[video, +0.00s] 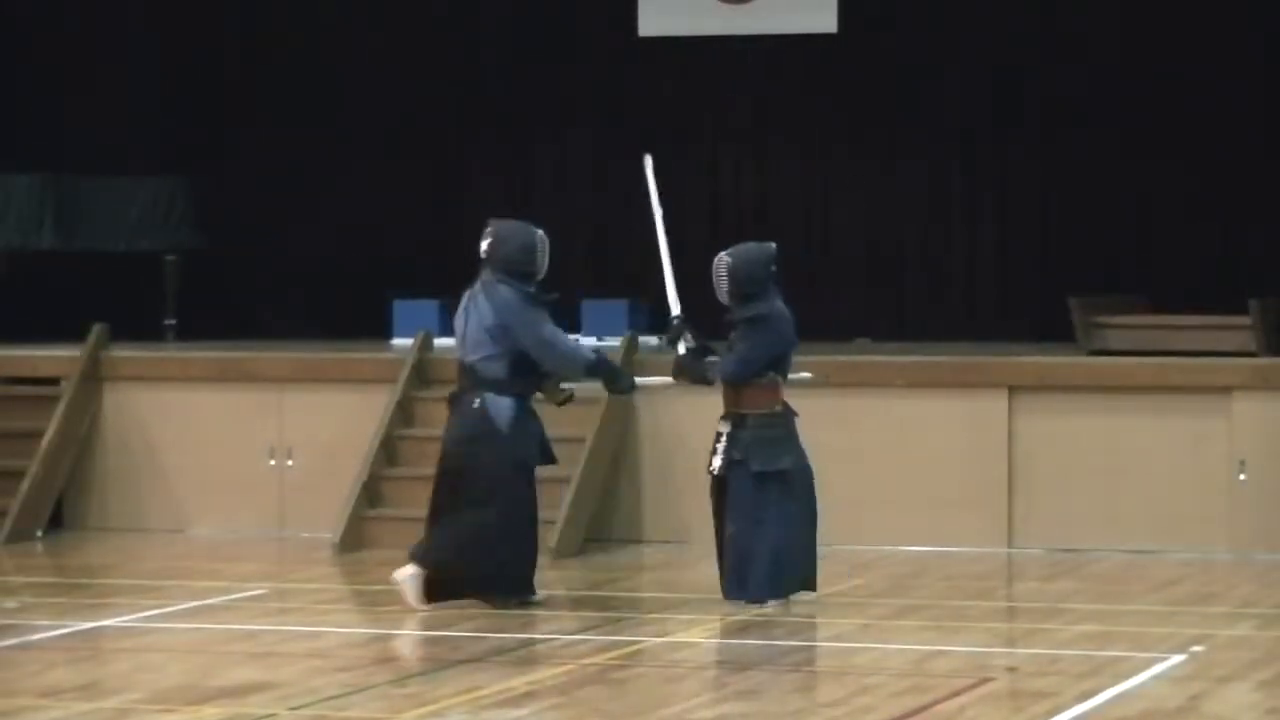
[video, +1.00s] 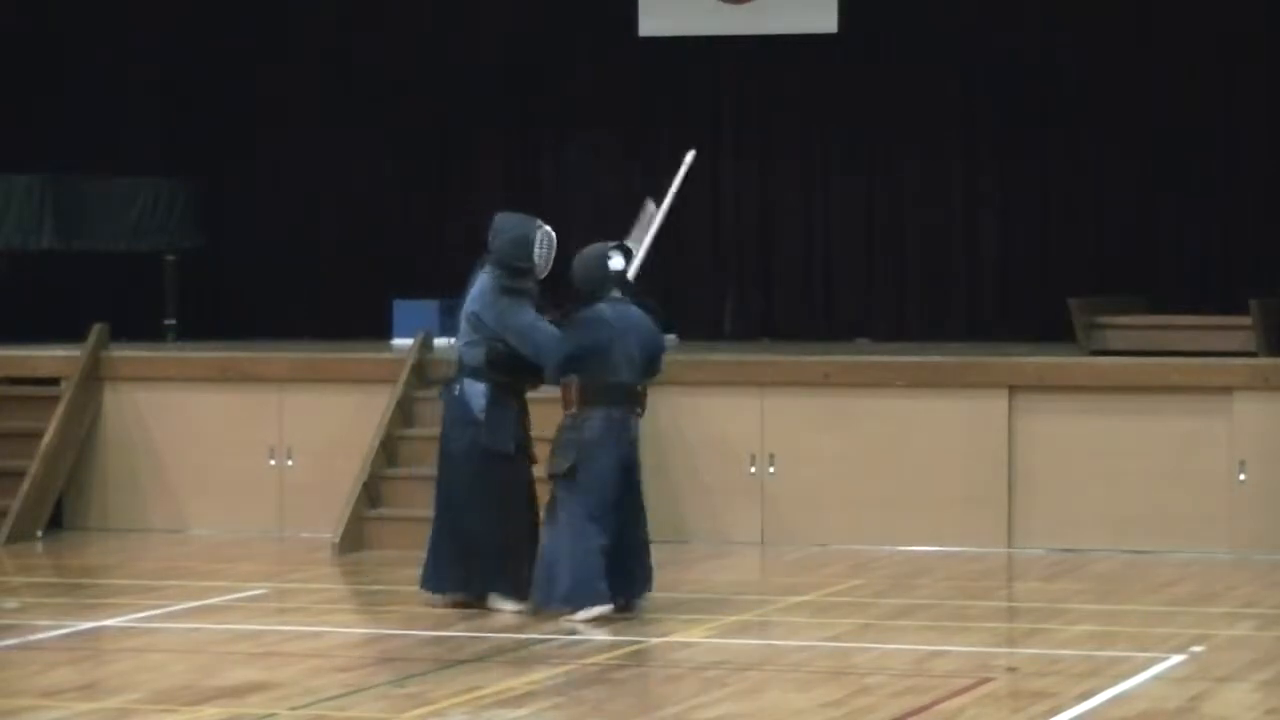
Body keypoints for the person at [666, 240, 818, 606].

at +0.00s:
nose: (723, 286)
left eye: (727, 278)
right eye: (723, 278)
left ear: (745, 280)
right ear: (754, 280)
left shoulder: (769, 322)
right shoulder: (748, 318)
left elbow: (734, 369)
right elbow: (728, 359)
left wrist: (696, 361)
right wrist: (694, 343)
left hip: (763, 430)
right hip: (743, 426)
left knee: (758, 509)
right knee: (743, 508)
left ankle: (767, 593)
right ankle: (750, 591)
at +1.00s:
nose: (576, 285)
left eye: (578, 279)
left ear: (583, 282)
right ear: (616, 278)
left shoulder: (587, 321)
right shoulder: (640, 321)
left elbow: (556, 360)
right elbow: (652, 364)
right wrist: (619, 375)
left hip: (591, 418)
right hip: (626, 418)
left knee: (577, 501)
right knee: (620, 502)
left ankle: (586, 595)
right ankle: (625, 589)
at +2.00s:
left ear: (616, 283)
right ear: (648, 283)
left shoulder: (600, 320)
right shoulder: (669, 319)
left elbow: (575, 358)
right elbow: (686, 363)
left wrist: (555, 313)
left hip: (613, 421)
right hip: (660, 422)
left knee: (616, 509)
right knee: (665, 514)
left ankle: (640, 584)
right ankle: (662, 610)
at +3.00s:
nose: (626, 276)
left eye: (629, 270)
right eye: (631, 269)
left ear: (636, 277)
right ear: (672, 278)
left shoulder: (627, 321)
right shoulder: (690, 322)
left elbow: (576, 358)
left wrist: (575, 330)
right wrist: (624, 313)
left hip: (650, 432)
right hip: (692, 430)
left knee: (643, 526)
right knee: (681, 526)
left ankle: (670, 619)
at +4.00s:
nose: (570, 287)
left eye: (573, 282)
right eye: (573, 282)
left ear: (582, 283)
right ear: (614, 282)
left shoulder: (580, 324)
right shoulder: (636, 322)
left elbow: (538, 365)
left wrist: (543, 321)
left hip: (606, 431)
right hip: (640, 429)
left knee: (612, 521)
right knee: (629, 519)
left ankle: (660, 610)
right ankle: (607, 621)